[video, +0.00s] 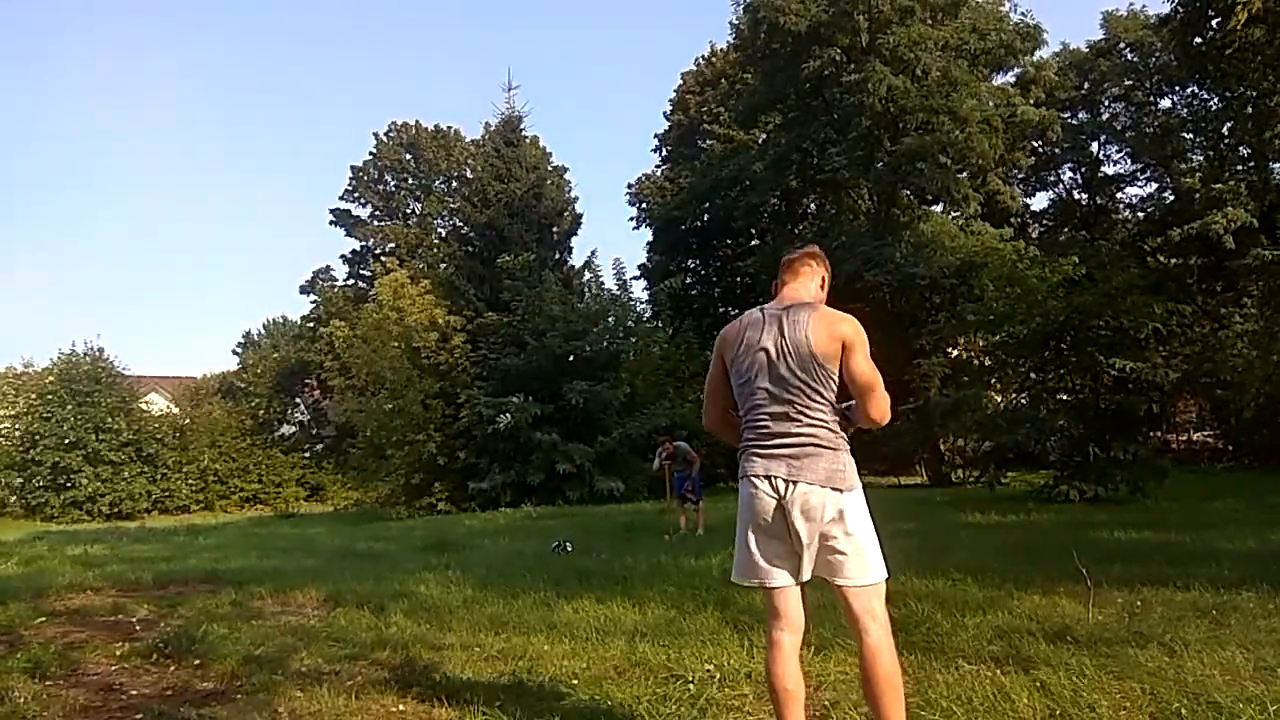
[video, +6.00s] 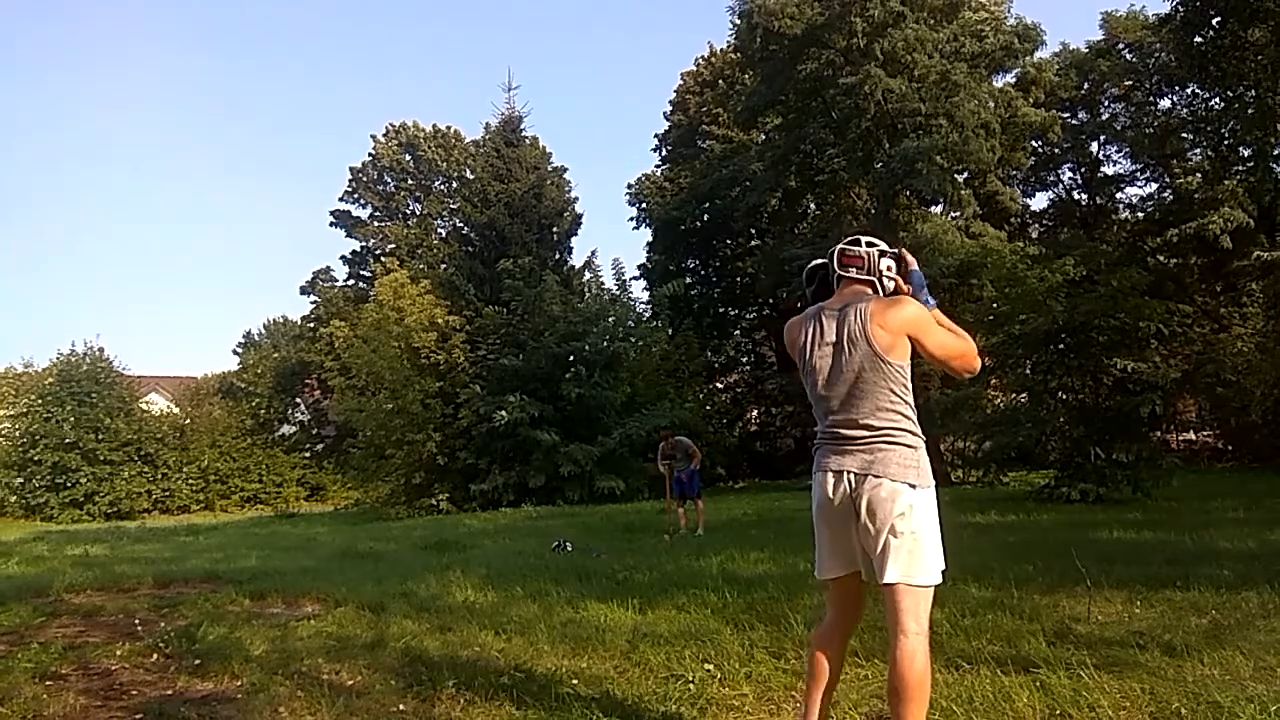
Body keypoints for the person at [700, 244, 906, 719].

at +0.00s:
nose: (826, 292)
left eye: (823, 287)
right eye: (827, 286)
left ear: (776, 284)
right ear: (824, 284)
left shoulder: (732, 332)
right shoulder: (841, 325)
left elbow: (715, 418)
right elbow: (876, 412)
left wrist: (763, 439)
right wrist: (844, 414)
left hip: (759, 486)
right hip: (829, 484)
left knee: (783, 627)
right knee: (872, 622)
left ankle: (791, 718)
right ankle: (891, 716)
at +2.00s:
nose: (814, 290)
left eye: (813, 283)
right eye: (815, 282)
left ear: (764, 275)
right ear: (806, 277)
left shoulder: (713, 336)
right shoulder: (818, 321)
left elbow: (712, 424)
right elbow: (848, 411)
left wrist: (764, 412)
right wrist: (866, 391)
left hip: (755, 489)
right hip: (823, 486)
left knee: (778, 629)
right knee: (867, 625)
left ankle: (789, 719)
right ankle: (887, 716)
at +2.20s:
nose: (815, 289)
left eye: (814, 283)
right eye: (816, 282)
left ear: (765, 274)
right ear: (808, 277)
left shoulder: (715, 333)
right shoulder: (819, 320)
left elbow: (718, 418)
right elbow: (857, 406)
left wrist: (765, 387)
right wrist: (858, 364)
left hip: (755, 488)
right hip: (823, 484)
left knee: (778, 630)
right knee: (867, 626)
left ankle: (790, 719)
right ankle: (887, 716)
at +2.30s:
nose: (814, 292)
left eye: (814, 288)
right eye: (816, 287)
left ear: (766, 276)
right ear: (809, 281)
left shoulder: (714, 329)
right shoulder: (815, 316)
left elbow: (723, 404)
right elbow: (867, 392)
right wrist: (859, 339)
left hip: (754, 489)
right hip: (822, 484)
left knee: (778, 629)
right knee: (867, 625)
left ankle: (790, 719)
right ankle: (887, 716)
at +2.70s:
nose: (823, 288)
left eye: (823, 281)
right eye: (823, 281)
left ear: (774, 277)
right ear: (815, 282)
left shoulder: (720, 324)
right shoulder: (818, 316)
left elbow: (744, 324)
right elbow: (881, 364)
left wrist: (795, 294)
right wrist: (852, 304)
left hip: (755, 488)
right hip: (823, 485)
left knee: (779, 627)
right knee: (867, 624)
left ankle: (791, 718)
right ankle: (887, 716)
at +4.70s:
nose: (856, 271)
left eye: (852, 264)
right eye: (852, 264)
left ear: (792, 274)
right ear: (844, 267)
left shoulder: (761, 323)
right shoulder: (865, 308)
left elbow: (787, 360)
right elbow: (916, 375)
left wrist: (828, 299)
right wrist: (876, 308)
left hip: (796, 484)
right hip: (867, 481)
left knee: (801, 630)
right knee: (889, 631)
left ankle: (799, 719)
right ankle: (899, 718)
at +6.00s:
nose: (895, 282)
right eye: (892, 273)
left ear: (837, 275)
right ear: (884, 276)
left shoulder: (799, 329)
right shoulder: (898, 311)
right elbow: (969, 360)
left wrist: (848, 289)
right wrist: (924, 301)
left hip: (829, 478)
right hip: (897, 477)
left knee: (839, 611)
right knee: (910, 631)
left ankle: (810, 714)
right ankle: (908, 718)